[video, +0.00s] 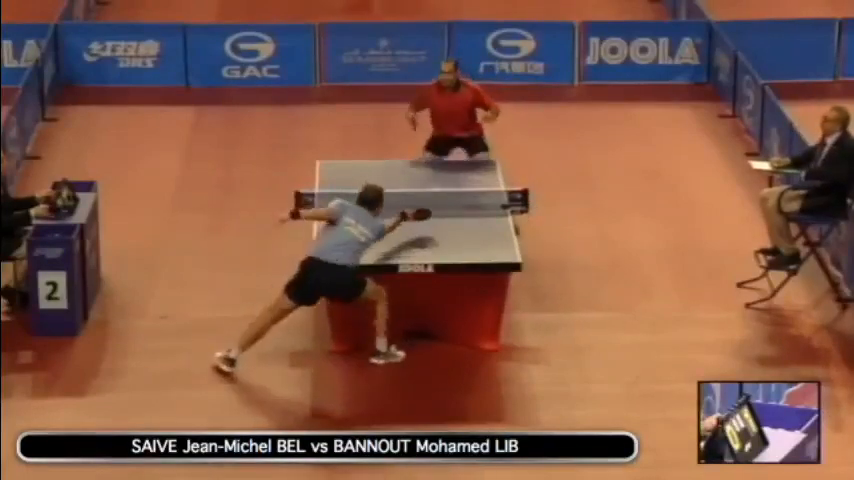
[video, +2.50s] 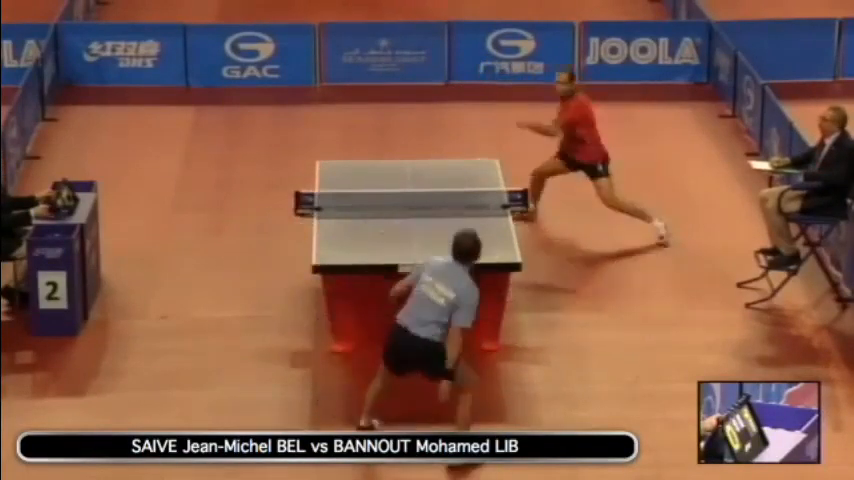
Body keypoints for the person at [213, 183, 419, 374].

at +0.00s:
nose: (376, 206)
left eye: (370, 197)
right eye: (378, 202)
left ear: (359, 198)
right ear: (378, 206)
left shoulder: (343, 207)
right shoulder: (377, 227)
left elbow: (326, 215)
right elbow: (393, 225)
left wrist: (296, 215)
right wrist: (405, 216)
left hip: (312, 268)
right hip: (341, 275)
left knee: (275, 311)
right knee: (380, 296)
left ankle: (233, 354)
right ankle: (382, 349)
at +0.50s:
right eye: (336, 177)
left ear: (314, 178)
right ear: (336, 180)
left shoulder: (295, 200)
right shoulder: (338, 208)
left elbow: (269, 231)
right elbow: (350, 251)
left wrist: (275, 258)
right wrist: (369, 254)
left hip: (286, 265)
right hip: (315, 269)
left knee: (259, 315)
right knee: (347, 319)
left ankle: (228, 366)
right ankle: (341, 378)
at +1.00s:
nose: (307, 221)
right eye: (306, 219)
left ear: (282, 223)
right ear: (305, 223)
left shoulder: (270, 243)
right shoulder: (315, 249)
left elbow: (250, 269)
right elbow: (347, 274)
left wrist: (272, 253)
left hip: (260, 308)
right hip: (293, 313)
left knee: (236, 320)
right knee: (342, 328)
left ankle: (217, 372)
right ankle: (338, 389)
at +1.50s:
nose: (304, 203)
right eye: (304, 199)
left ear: (282, 204)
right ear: (304, 202)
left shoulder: (270, 229)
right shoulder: (314, 231)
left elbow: (246, 259)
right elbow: (331, 269)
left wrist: (263, 262)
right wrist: (344, 272)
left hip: (272, 301)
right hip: (305, 303)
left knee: (251, 334)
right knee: (350, 335)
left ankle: (225, 384)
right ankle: (348, 397)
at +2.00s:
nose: (413, 249)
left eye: (412, 244)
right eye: (411, 245)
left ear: (391, 243)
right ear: (401, 248)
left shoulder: (372, 252)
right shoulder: (387, 271)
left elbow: (346, 260)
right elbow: (417, 304)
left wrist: (324, 269)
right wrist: (457, 302)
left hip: (323, 312)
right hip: (345, 325)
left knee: (296, 352)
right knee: (394, 359)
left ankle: (251, 390)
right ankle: (378, 416)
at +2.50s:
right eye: (476, 251)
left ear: (452, 249)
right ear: (476, 257)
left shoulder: (432, 264)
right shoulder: (468, 290)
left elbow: (397, 290)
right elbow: (455, 333)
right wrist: (448, 374)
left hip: (400, 336)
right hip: (429, 346)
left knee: (382, 376)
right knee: (467, 382)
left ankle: (364, 419)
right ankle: (462, 447)